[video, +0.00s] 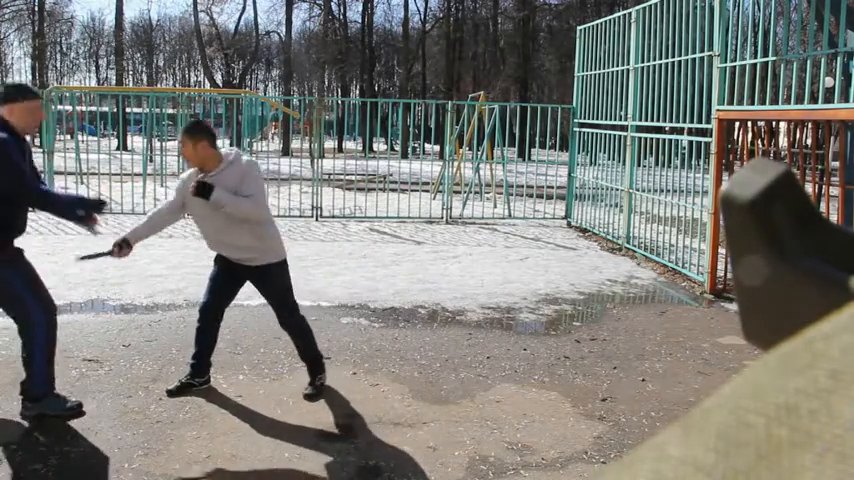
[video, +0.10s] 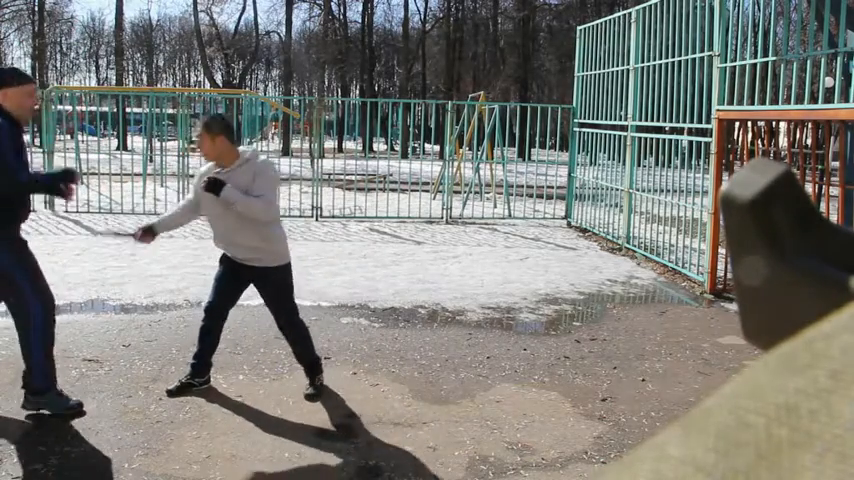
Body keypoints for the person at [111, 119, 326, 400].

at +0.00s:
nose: (182, 153)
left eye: (185, 147)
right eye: (182, 147)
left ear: (203, 145)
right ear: (199, 147)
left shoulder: (245, 169)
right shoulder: (189, 183)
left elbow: (258, 210)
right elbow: (165, 214)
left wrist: (214, 195)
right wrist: (130, 238)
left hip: (267, 259)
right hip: (230, 260)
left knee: (289, 318)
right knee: (209, 313)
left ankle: (317, 370)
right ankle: (199, 374)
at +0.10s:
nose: (198, 146)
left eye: (202, 140)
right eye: (198, 140)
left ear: (221, 140)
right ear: (217, 141)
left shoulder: (263, 170)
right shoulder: (208, 177)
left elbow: (268, 212)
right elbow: (191, 208)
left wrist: (225, 191)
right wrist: (156, 227)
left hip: (271, 262)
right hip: (234, 260)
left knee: (288, 321)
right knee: (213, 314)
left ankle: (314, 373)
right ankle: (198, 375)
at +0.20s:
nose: (218, 145)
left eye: (221, 139)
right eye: (217, 139)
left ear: (240, 137)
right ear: (235, 139)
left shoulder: (277, 167)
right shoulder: (233, 171)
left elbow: (278, 212)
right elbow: (223, 210)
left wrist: (238, 191)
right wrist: (189, 213)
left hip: (278, 263)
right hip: (243, 260)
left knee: (292, 324)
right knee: (220, 316)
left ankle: (315, 376)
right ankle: (199, 374)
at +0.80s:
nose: (226, 148)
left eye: (230, 143)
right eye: (226, 143)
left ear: (247, 141)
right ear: (238, 143)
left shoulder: (277, 173)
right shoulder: (234, 172)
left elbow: (256, 209)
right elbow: (210, 193)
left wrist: (229, 171)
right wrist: (192, 167)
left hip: (268, 268)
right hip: (233, 263)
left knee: (285, 329)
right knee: (201, 309)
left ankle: (315, 374)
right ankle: (185, 368)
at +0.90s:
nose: (203, 141)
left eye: (206, 135)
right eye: (203, 135)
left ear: (224, 136)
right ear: (219, 138)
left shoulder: (257, 168)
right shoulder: (203, 170)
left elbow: (244, 206)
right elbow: (174, 167)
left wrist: (215, 171)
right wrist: (150, 139)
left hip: (256, 266)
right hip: (218, 263)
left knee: (280, 322)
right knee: (189, 313)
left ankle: (314, 373)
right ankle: (175, 368)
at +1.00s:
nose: (177, 135)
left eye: (182, 130)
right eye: (178, 130)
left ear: (199, 132)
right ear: (193, 133)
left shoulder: (234, 164)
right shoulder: (178, 159)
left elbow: (227, 201)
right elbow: (148, 138)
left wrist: (195, 167)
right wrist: (121, 114)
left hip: (243, 258)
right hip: (208, 256)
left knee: (271, 317)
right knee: (180, 309)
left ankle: (307, 371)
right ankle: (174, 368)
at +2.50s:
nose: (205, 169)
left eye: (211, 162)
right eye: (199, 162)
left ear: (224, 161)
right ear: (192, 162)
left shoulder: (246, 173)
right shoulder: (187, 178)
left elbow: (258, 215)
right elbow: (161, 168)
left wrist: (217, 201)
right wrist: (146, 148)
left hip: (268, 246)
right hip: (232, 249)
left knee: (290, 309)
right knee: (211, 308)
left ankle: (309, 372)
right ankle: (206, 367)